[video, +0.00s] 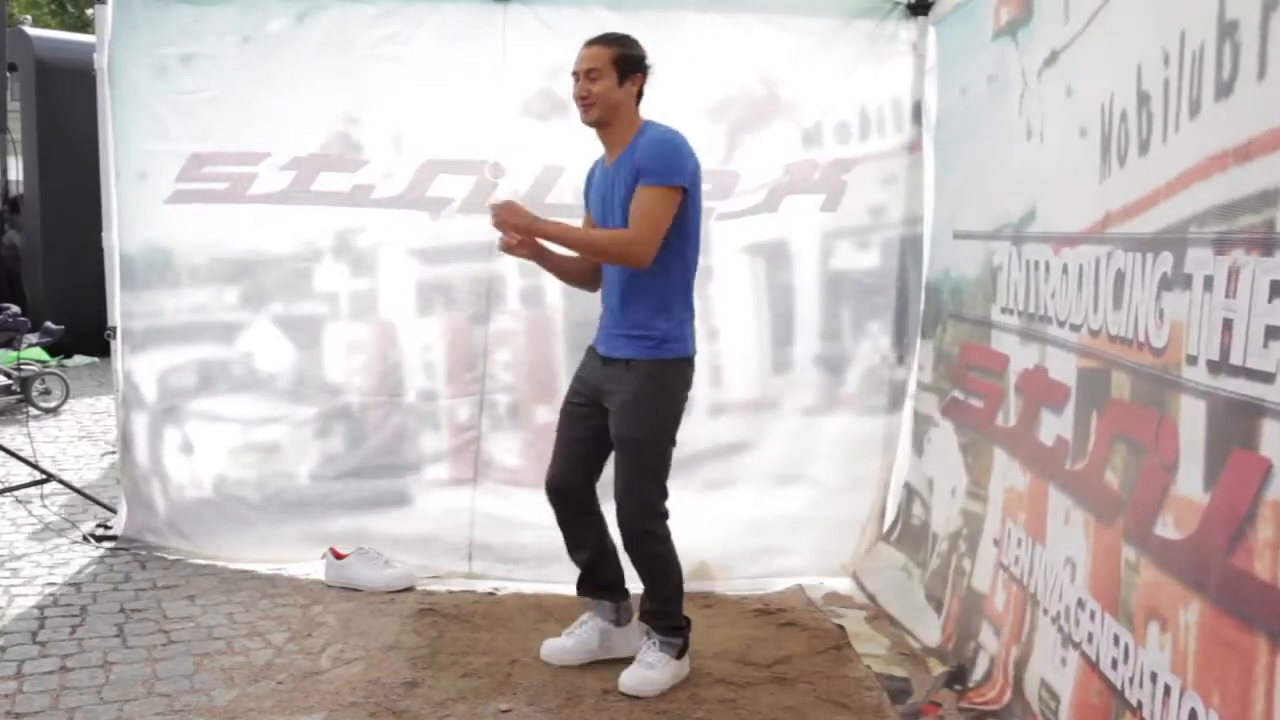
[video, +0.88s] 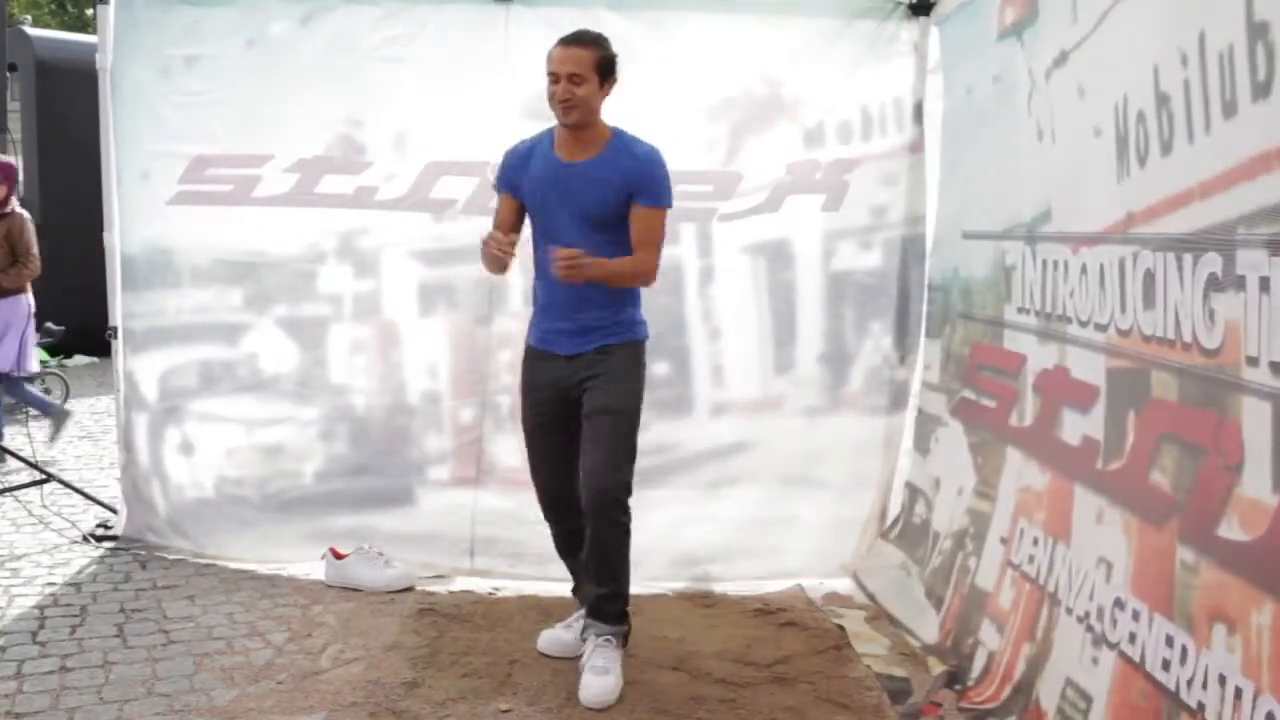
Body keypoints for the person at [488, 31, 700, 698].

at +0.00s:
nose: (580, 90)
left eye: (593, 78)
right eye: (576, 79)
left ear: (633, 85)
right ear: (577, 89)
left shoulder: (664, 149)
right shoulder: (599, 174)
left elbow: (639, 247)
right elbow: (590, 274)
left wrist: (542, 229)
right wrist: (536, 250)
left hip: (655, 363)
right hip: (604, 356)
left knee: (638, 504)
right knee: (568, 486)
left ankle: (669, 642)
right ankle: (610, 617)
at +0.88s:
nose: (563, 91)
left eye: (577, 81)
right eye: (555, 79)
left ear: (606, 87)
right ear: (546, 83)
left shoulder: (640, 163)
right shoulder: (524, 159)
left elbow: (645, 268)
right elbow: (498, 258)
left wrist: (595, 266)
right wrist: (497, 251)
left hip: (614, 351)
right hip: (546, 352)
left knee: (601, 493)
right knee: (557, 499)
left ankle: (606, 633)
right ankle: (595, 607)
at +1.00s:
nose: (583, 99)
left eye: (597, 88)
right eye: (574, 86)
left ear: (623, 92)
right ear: (561, 87)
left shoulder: (650, 176)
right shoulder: (523, 148)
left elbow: (661, 280)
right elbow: (443, 213)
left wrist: (678, 263)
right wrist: (448, 185)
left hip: (609, 349)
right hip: (536, 354)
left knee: (604, 482)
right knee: (554, 499)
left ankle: (611, 622)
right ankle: (590, 610)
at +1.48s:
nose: (547, 85)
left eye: (560, 73)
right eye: (538, 75)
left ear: (591, 78)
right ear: (529, 84)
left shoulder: (632, 157)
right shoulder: (520, 155)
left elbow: (633, 263)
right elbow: (481, 247)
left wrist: (580, 212)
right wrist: (458, 175)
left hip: (600, 356)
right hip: (530, 348)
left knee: (599, 504)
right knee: (489, 478)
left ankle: (607, 632)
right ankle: (543, 564)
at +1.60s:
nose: (524, 72)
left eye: (535, 59)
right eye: (513, 62)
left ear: (566, 65)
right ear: (506, 72)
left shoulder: (608, 129)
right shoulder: (507, 148)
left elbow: (585, 220)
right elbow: (493, 248)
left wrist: (497, 177)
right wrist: (473, 190)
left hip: (599, 343)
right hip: (530, 338)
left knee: (607, 492)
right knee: (497, 477)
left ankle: (617, 630)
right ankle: (522, 591)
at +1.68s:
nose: (512, 82)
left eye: (523, 71)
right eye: (501, 72)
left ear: (551, 78)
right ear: (492, 84)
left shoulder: (594, 135)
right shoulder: (495, 167)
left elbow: (568, 216)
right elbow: (494, 262)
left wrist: (465, 200)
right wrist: (469, 217)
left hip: (596, 349)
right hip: (527, 348)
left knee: (613, 497)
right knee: (504, 489)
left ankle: (624, 630)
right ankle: (524, 606)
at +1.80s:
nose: (491, 88)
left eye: (503, 77)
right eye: (480, 78)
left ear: (529, 84)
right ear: (469, 90)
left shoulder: (575, 136)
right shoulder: (479, 180)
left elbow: (568, 230)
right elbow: (480, 278)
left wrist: (501, 285)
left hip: (592, 345)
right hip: (524, 346)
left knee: (592, 493)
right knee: (504, 489)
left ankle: (617, 624)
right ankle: (523, 609)